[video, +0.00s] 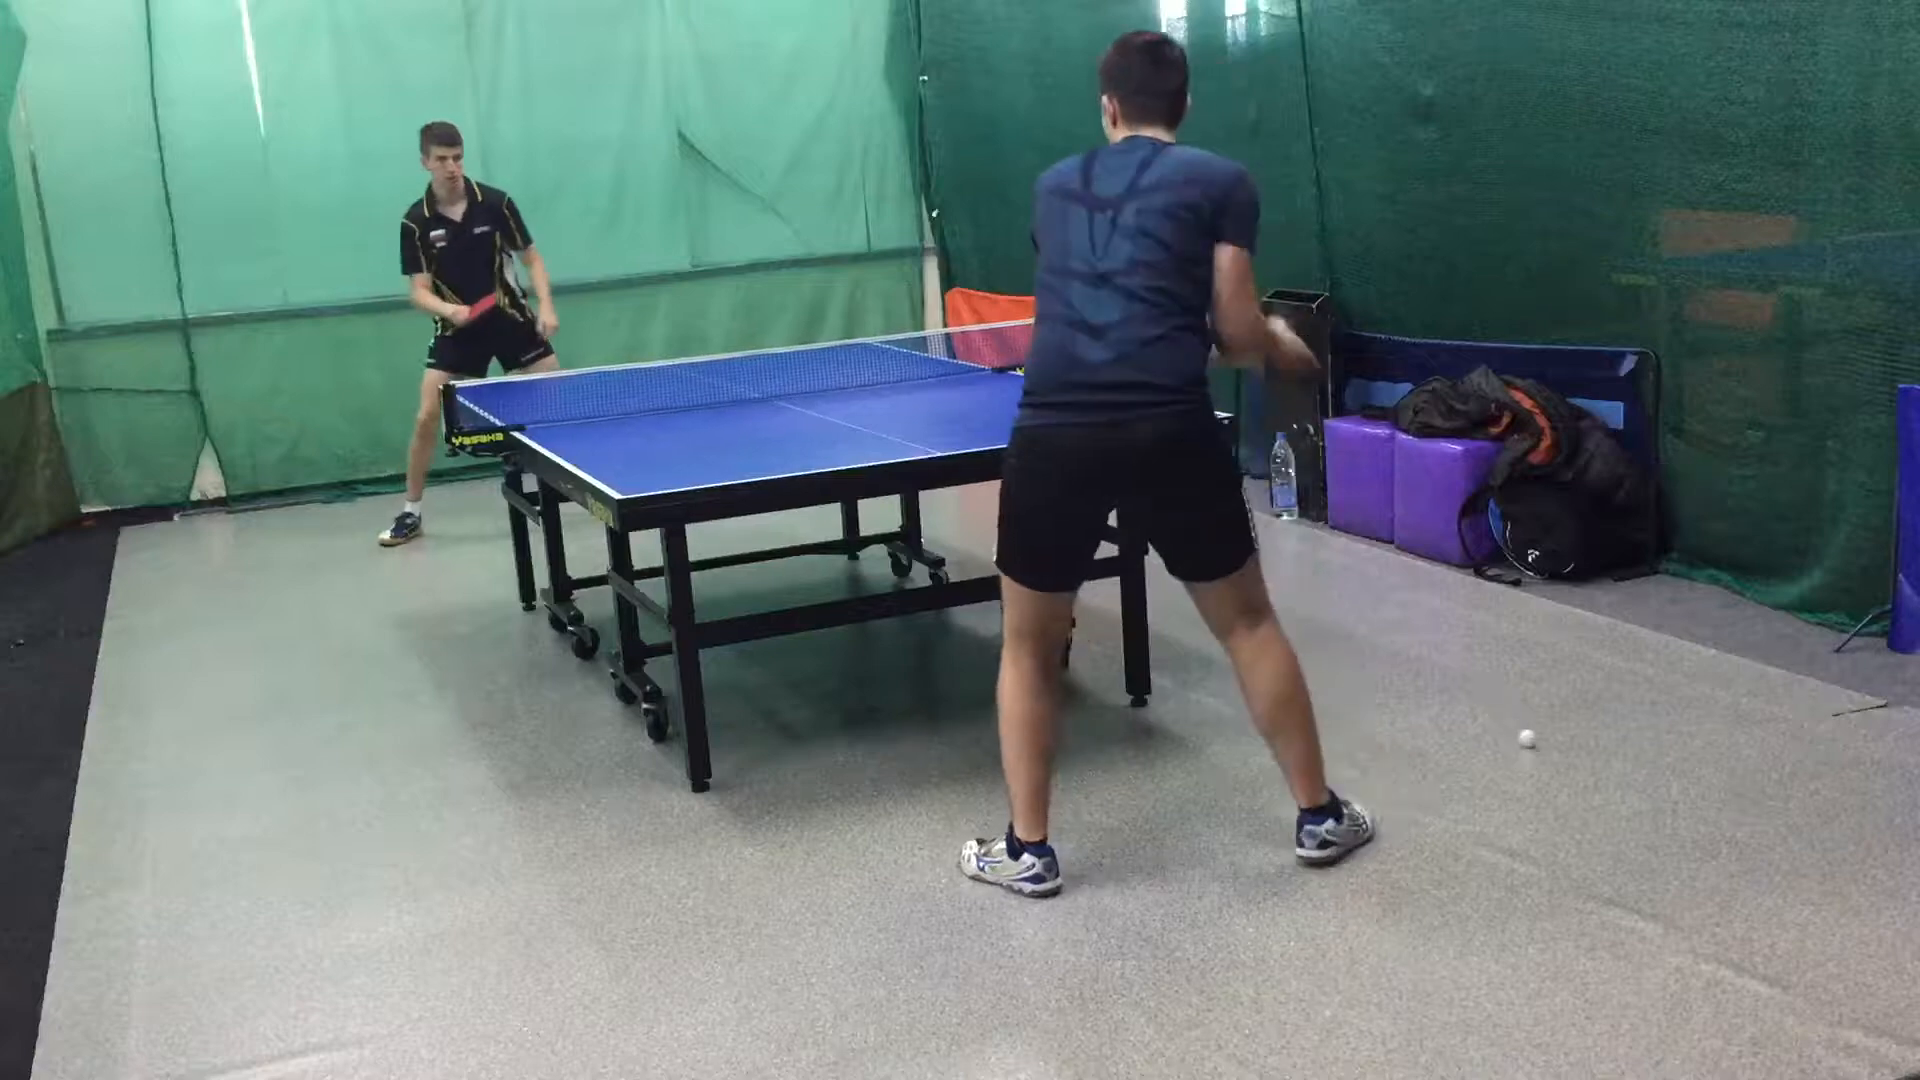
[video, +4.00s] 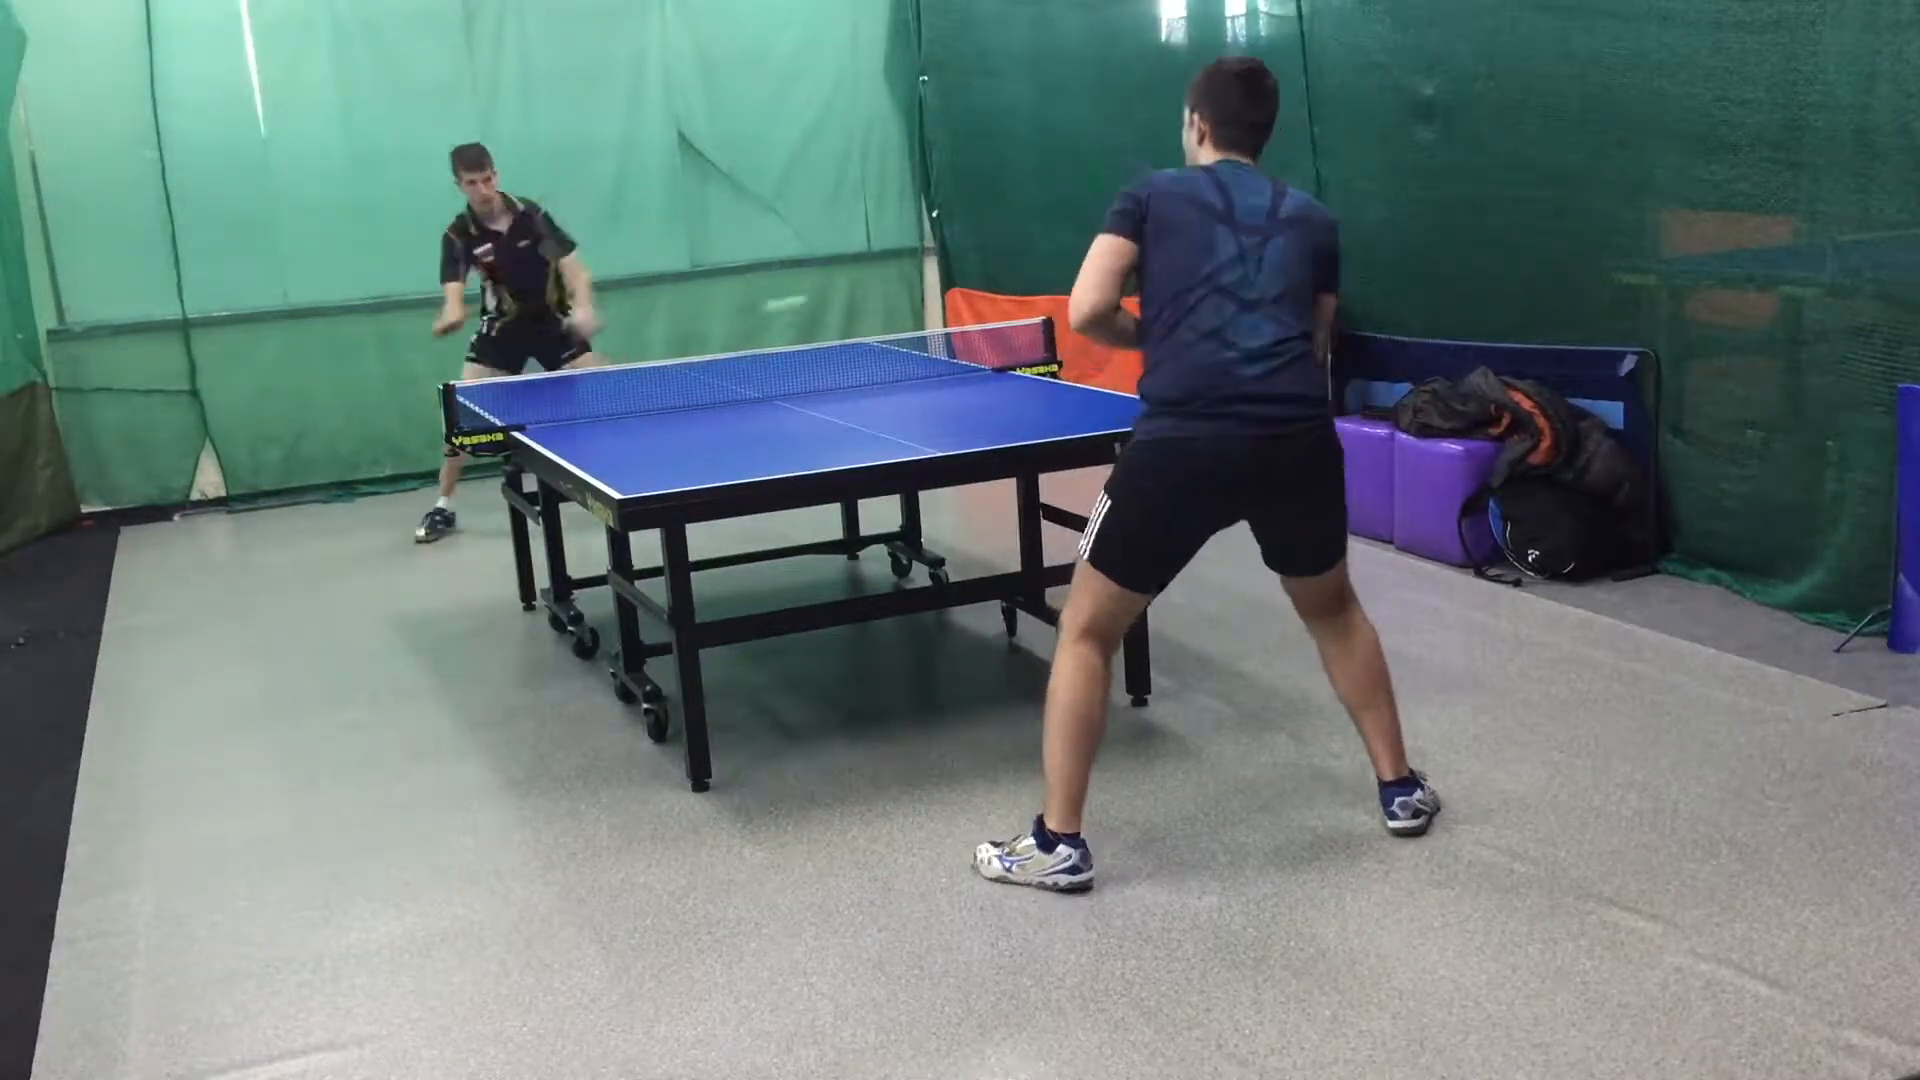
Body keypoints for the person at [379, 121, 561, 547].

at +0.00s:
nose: (452, 168)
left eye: (457, 159)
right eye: (442, 161)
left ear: (464, 158)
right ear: (426, 163)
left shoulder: (496, 203)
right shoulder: (416, 221)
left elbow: (531, 258)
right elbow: (419, 292)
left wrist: (546, 307)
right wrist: (448, 309)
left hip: (510, 318)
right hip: (458, 328)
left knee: (555, 397)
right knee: (427, 417)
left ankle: (520, 470)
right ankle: (411, 511)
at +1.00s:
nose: (423, 188)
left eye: (427, 178)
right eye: (412, 183)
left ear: (438, 175)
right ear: (402, 188)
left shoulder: (473, 213)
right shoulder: (409, 233)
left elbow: (539, 239)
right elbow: (441, 270)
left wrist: (565, 224)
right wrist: (467, 211)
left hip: (493, 341)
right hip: (443, 355)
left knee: (556, 391)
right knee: (432, 447)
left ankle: (518, 474)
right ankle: (406, 514)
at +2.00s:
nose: (431, 190)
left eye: (435, 181)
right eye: (420, 184)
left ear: (443, 179)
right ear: (405, 189)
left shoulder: (473, 219)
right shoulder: (405, 238)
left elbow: (529, 254)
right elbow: (418, 290)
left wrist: (563, 251)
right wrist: (452, 244)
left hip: (482, 342)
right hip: (432, 353)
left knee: (550, 396)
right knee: (416, 443)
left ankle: (589, 493)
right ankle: (382, 524)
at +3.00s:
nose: (460, 179)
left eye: (464, 169)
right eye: (449, 173)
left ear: (475, 166)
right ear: (437, 176)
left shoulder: (510, 209)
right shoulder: (433, 227)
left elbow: (558, 252)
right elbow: (432, 295)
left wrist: (590, 283)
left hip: (522, 324)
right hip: (467, 332)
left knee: (574, 395)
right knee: (428, 418)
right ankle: (405, 512)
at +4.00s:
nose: (483, 190)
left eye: (487, 180)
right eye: (473, 184)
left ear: (496, 176)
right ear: (460, 186)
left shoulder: (530, 215)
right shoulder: (459, 234)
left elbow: (575, 269)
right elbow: (455, 300)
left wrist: (583, 308)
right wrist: (452, 318)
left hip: (551, 319)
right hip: (501, 325)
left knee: (603, 388)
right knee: (466, 407)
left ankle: (626, 484)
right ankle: (443, 505)